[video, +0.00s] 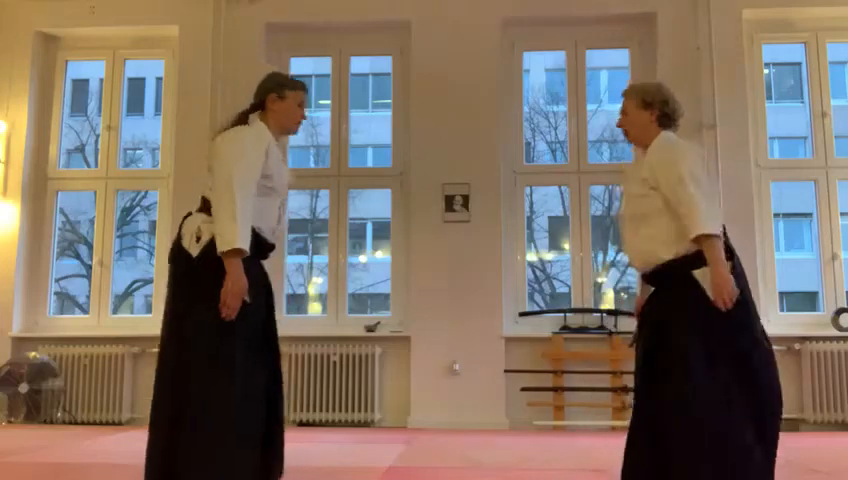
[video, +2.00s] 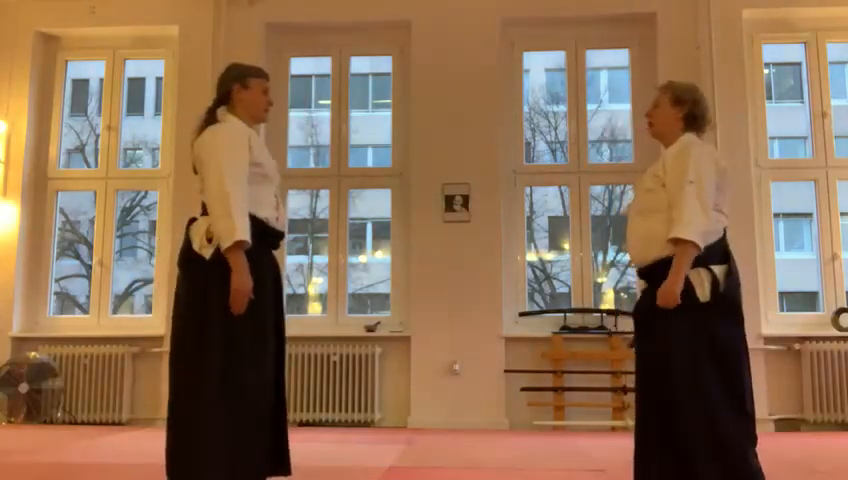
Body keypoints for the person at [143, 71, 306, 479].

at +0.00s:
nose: (303, 115)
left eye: (304, 107)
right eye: (298, 105)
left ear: (275, 104)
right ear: (273, 102)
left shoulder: (265, 144)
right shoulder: (245, 139)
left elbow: (249, 208)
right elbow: (231, 199)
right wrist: (234, 267)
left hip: (240, 261)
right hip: (220, 262)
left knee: (243, 374)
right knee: (225, 375)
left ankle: (236, 467)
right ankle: (220, 469)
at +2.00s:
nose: (270, 99)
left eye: (269, 92)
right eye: (263, 92)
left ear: (246, 96)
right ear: (237, 94)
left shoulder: (246, 136)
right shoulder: (225, 134)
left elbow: (245, 201)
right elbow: (223, 197)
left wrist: (264, 256)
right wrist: (238, 263)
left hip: (248, 256)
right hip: (227, 259)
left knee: (246, 368)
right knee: (229, 368)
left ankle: (241, 463)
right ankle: (225, 466)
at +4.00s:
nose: (268, 101)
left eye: (269, 94)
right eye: (262, 93)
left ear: (242, 96)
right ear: (235, 93)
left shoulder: (238, 134)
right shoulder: (226, 132)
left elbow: (234, 198)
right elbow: (224, 197)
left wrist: (258, 257)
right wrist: (245, 262)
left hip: (237, 257)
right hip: (229, 260)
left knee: (239, 368)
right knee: (232, 368)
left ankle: (236, 464)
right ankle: (230, 466)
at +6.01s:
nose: (208, 115)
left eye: (210, 109)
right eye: (203, 106)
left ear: (190, 109)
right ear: (176, 102)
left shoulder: (188, 153)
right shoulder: (153, 142)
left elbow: (188, 221)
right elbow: (140, 204)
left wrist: (203, 281)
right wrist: (194, 234)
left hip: (180, 266)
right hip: (150, 265)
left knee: (177, 368)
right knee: (147, 368)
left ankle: (170, 465)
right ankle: (139, 465)